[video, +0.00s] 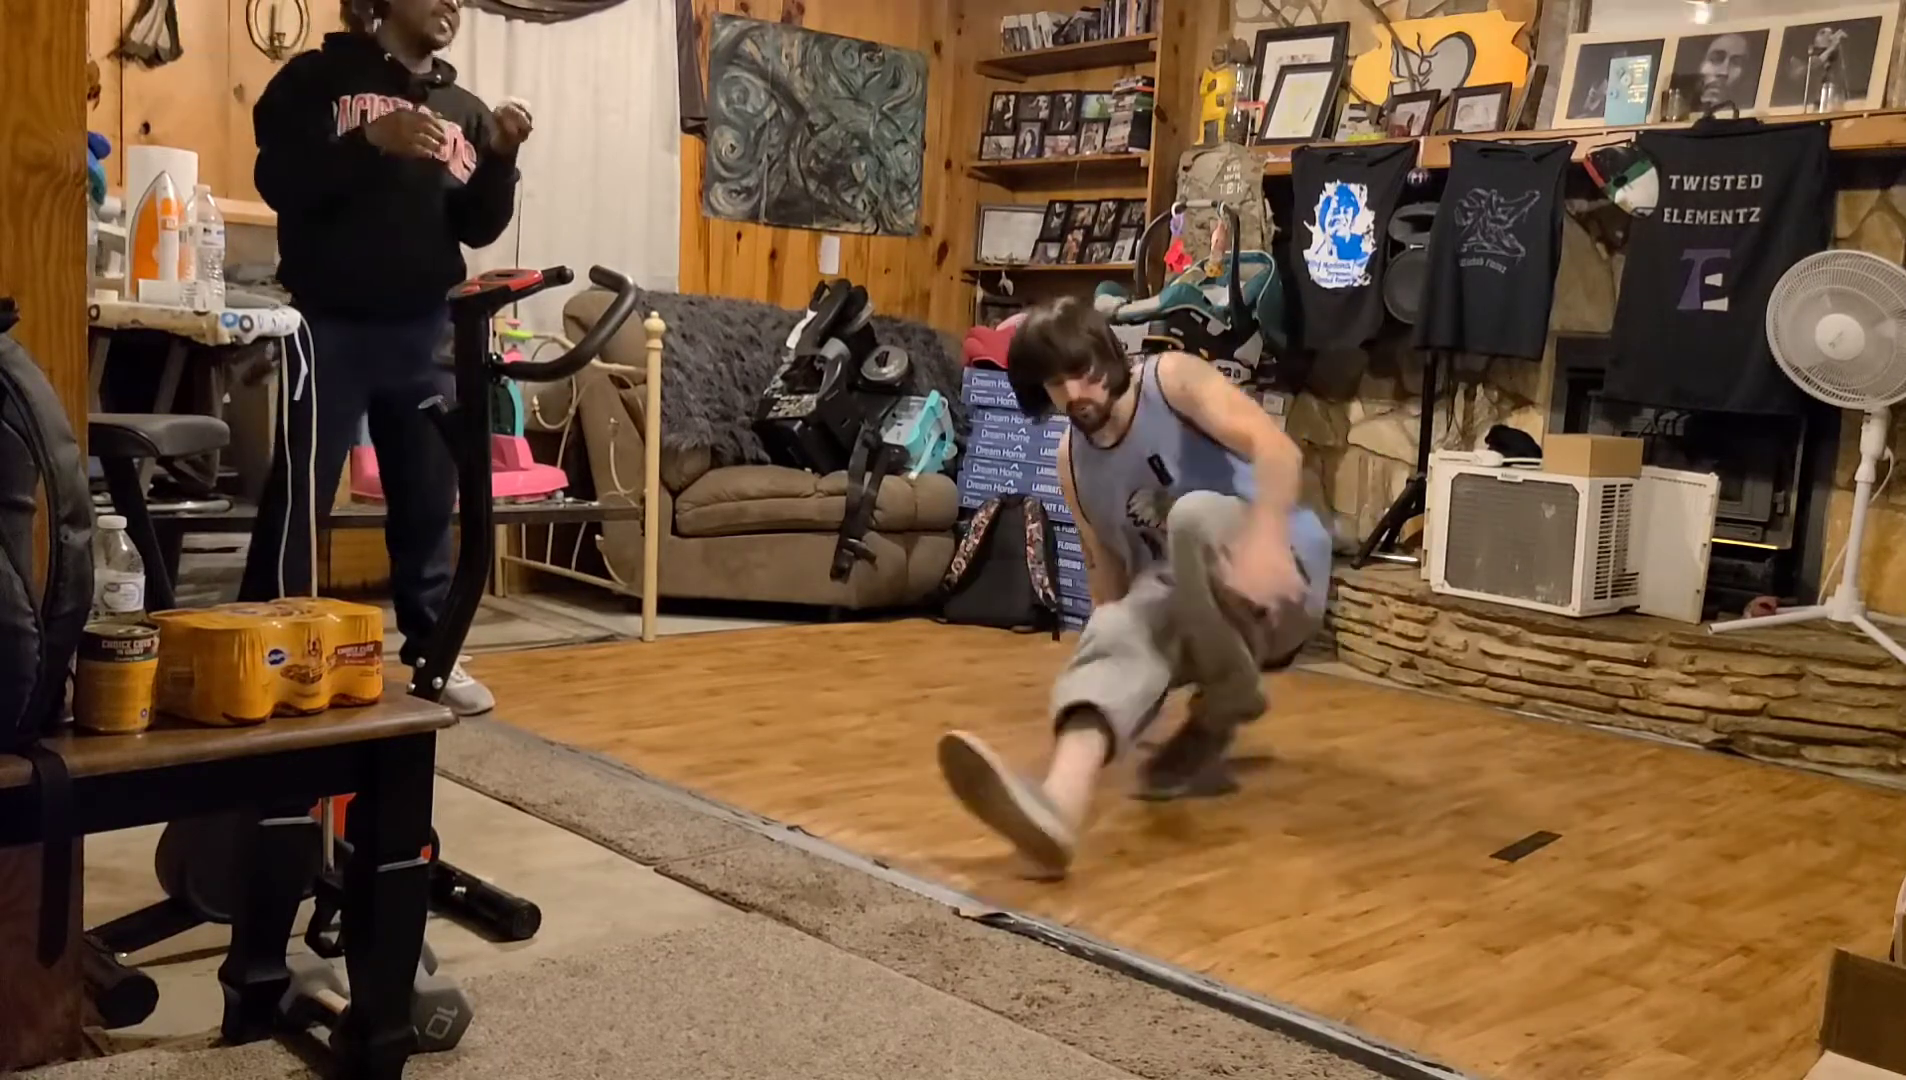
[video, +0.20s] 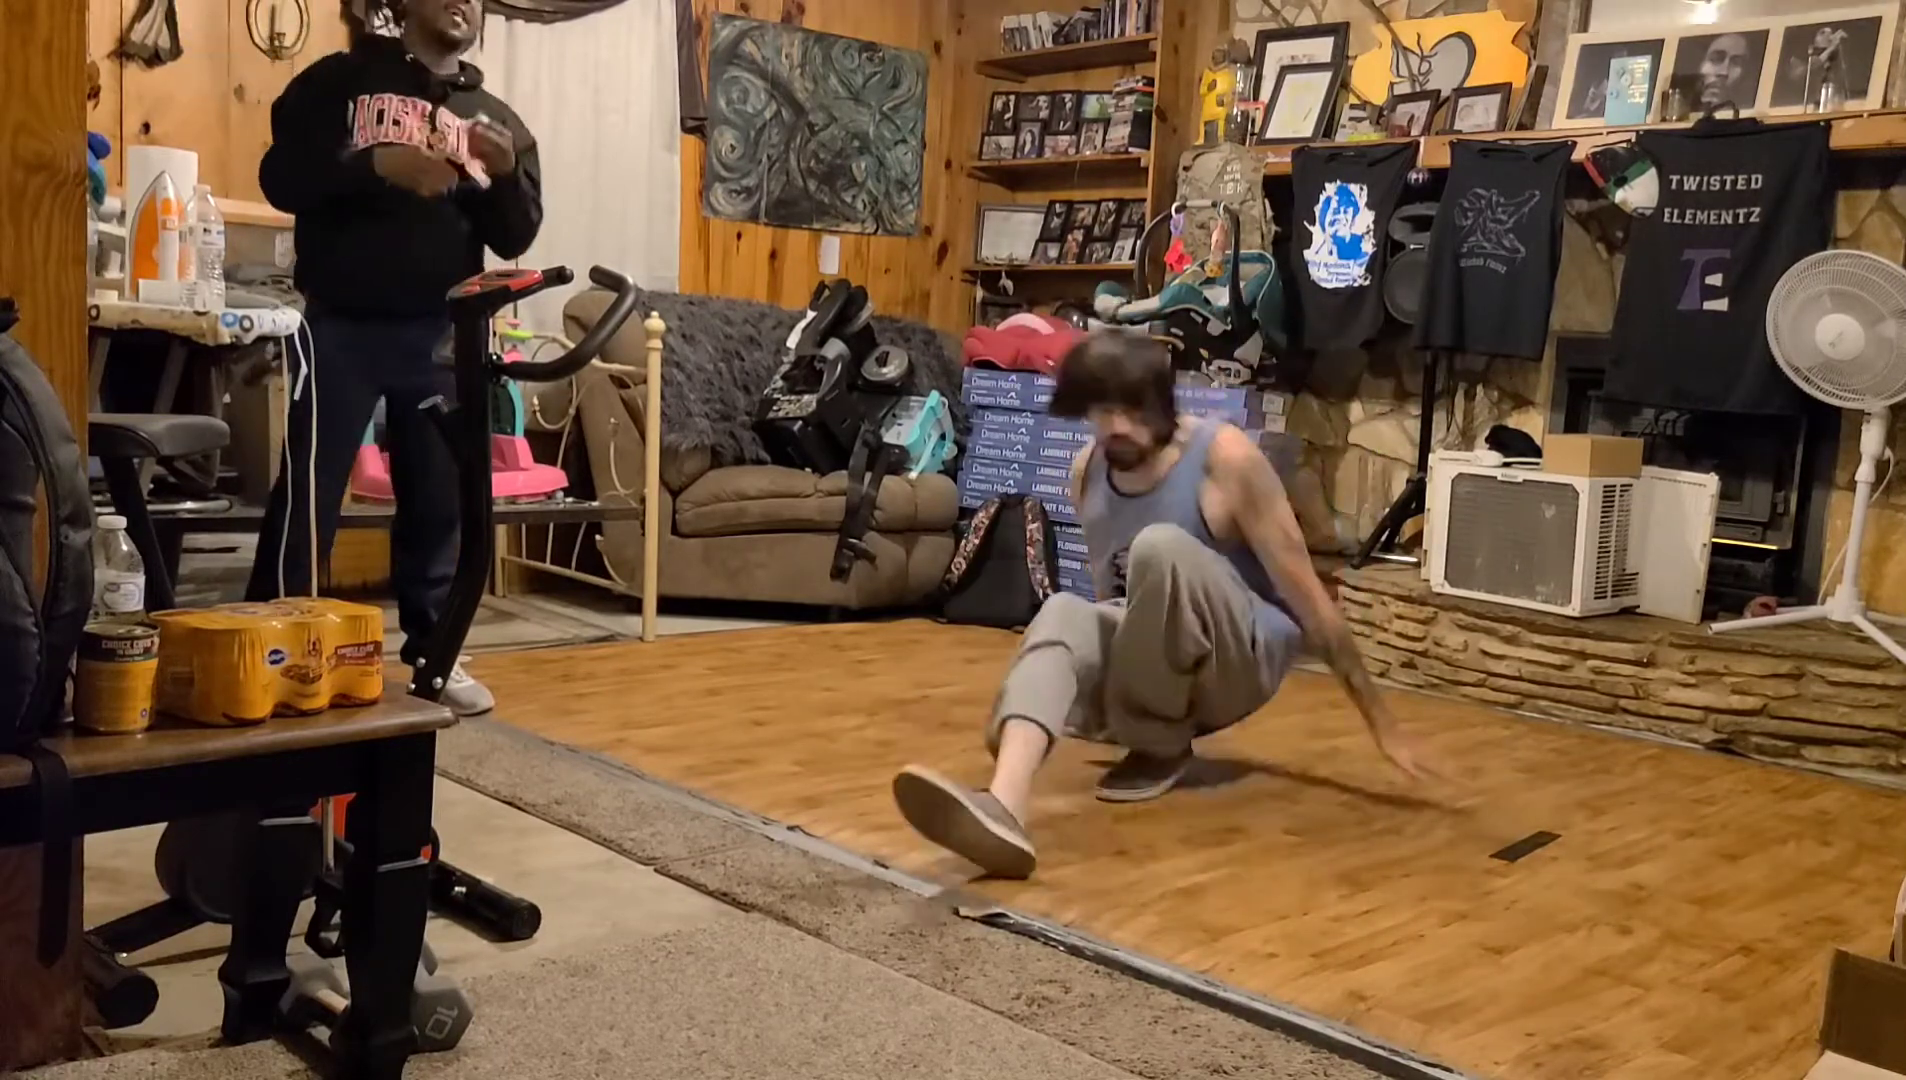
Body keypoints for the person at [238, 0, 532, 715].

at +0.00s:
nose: (452, 9)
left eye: (454, 1)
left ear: (443, 15)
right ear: (379, 3)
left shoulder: (462, 110)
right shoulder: (313, 78)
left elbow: (474, 227)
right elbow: (282, 182)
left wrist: (500, 159)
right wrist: (367, 139)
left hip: (423, 328)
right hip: (328, 325)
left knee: (428, 500)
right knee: (302, 496)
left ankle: (432, 657)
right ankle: (258, 656)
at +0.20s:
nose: (466, 7)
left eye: (473, 1)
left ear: (478, 17)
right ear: (403, 3)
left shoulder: (490, 116)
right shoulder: (335, 83)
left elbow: (515, 235)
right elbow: (282, 180)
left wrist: (500, 176)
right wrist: (375, 162)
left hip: (441, 333)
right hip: (343, 328)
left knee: (440, 503)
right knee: (310, 496)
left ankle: (433, 660)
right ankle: (267, 655)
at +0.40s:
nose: (480, 3)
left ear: (511, 25)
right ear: (431, 7)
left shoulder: (529, 131)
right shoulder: (364, 84)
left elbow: (546, 240)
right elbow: (306, 174)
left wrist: (501, 228)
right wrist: (373, 203)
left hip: (460, 334)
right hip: (364, 324)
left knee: (447, 500)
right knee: (333, 487)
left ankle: (434, 657)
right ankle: (285, 648)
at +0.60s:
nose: (475, 0)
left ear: (513, 19)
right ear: (432, 6)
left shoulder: (535, 129)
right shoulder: (372, 87)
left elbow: (551, 240)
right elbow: (316, 185)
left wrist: (495, 216)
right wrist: (377, 201)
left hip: (471, 331)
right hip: (378, 322)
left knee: (454, 498)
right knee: (355, 483)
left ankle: (436, 659)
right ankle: (297, 645)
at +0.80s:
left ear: (504, 17)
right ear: (425, 7)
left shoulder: (533, 122)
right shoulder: (371, 88)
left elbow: (556, 232)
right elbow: (317, 190)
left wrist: (485, 214)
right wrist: (377, 201)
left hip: (471, 331)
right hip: (376, 323)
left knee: (455, 499)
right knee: (351, 487)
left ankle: (435, 660)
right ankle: (317, 651)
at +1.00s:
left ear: (488, 15)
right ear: (413, 8)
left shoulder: (519, 121)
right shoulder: (360, 89)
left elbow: (540, 235)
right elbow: (309, 190)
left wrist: (465, 224)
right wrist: (351, 206)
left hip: (460, 332)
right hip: (364, 324)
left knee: (451, 501)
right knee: (336, 494)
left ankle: (435, 660)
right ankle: (310, 656)